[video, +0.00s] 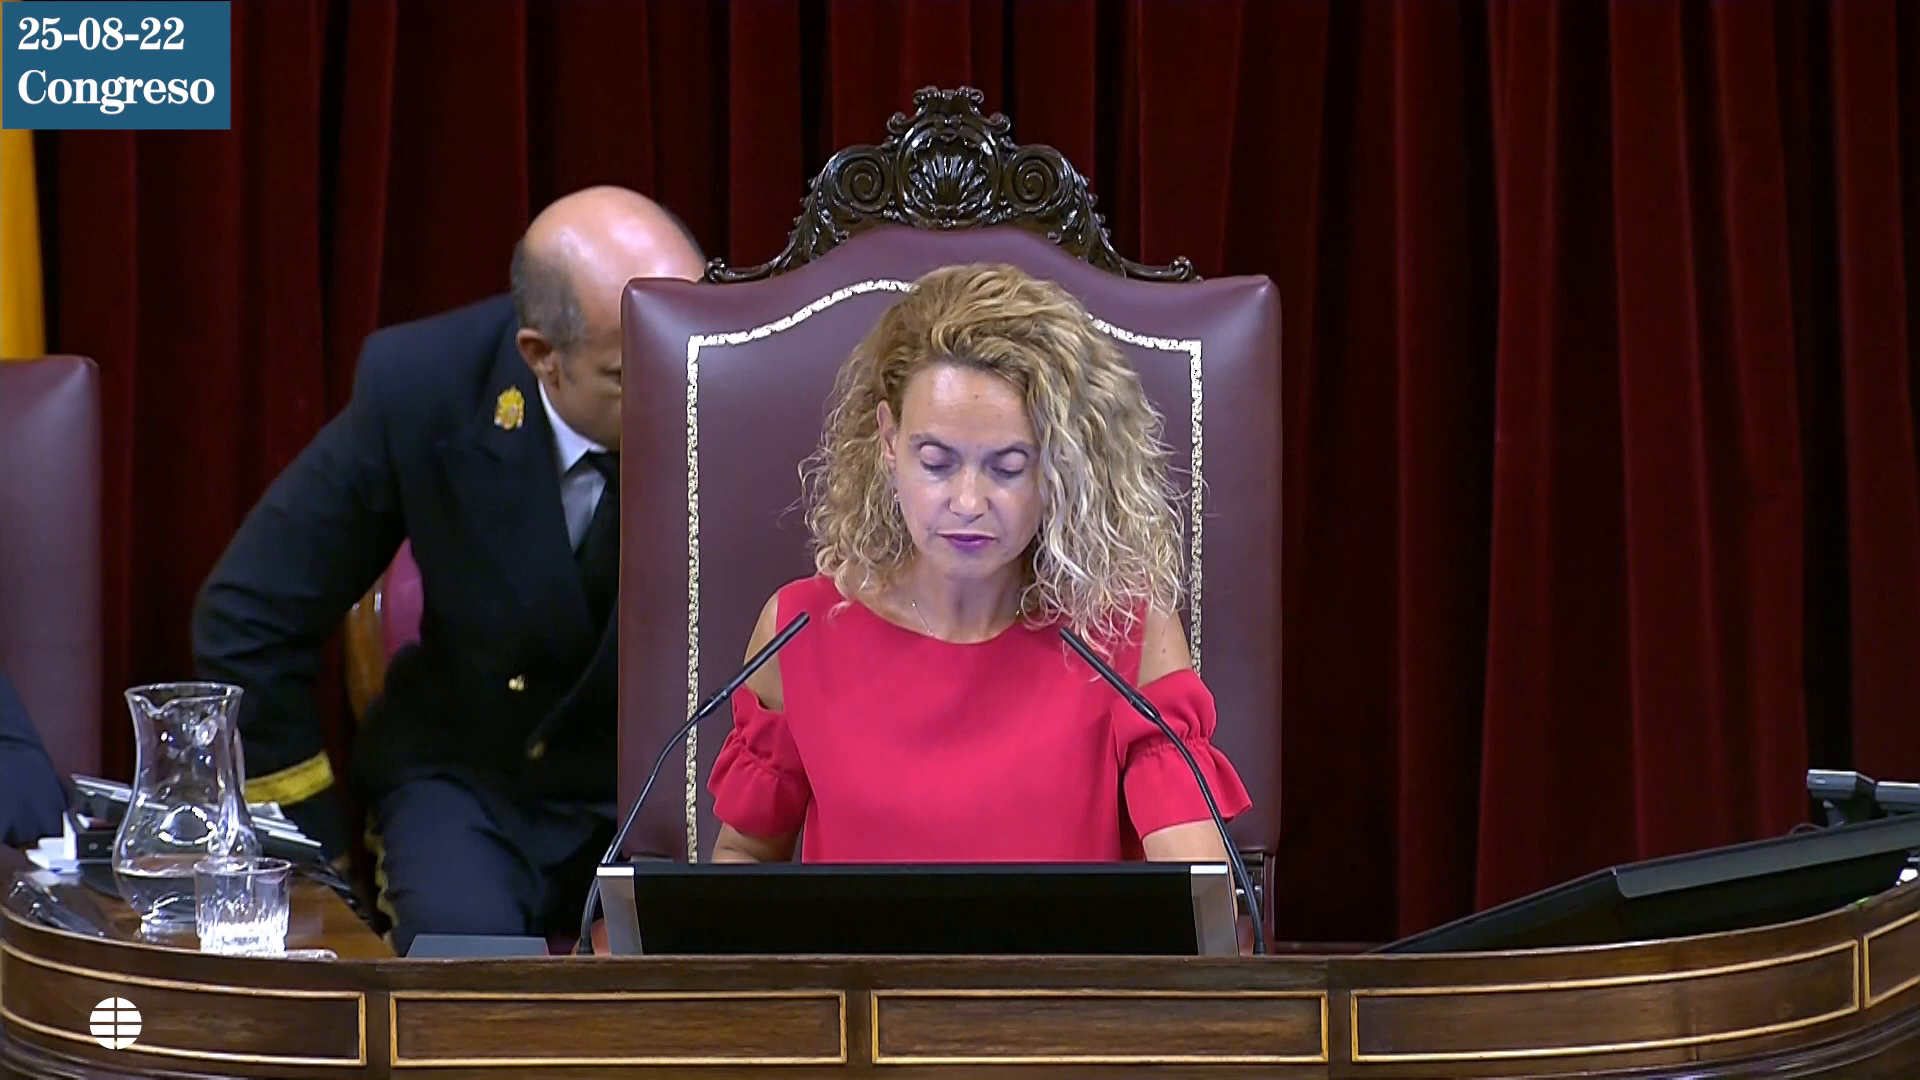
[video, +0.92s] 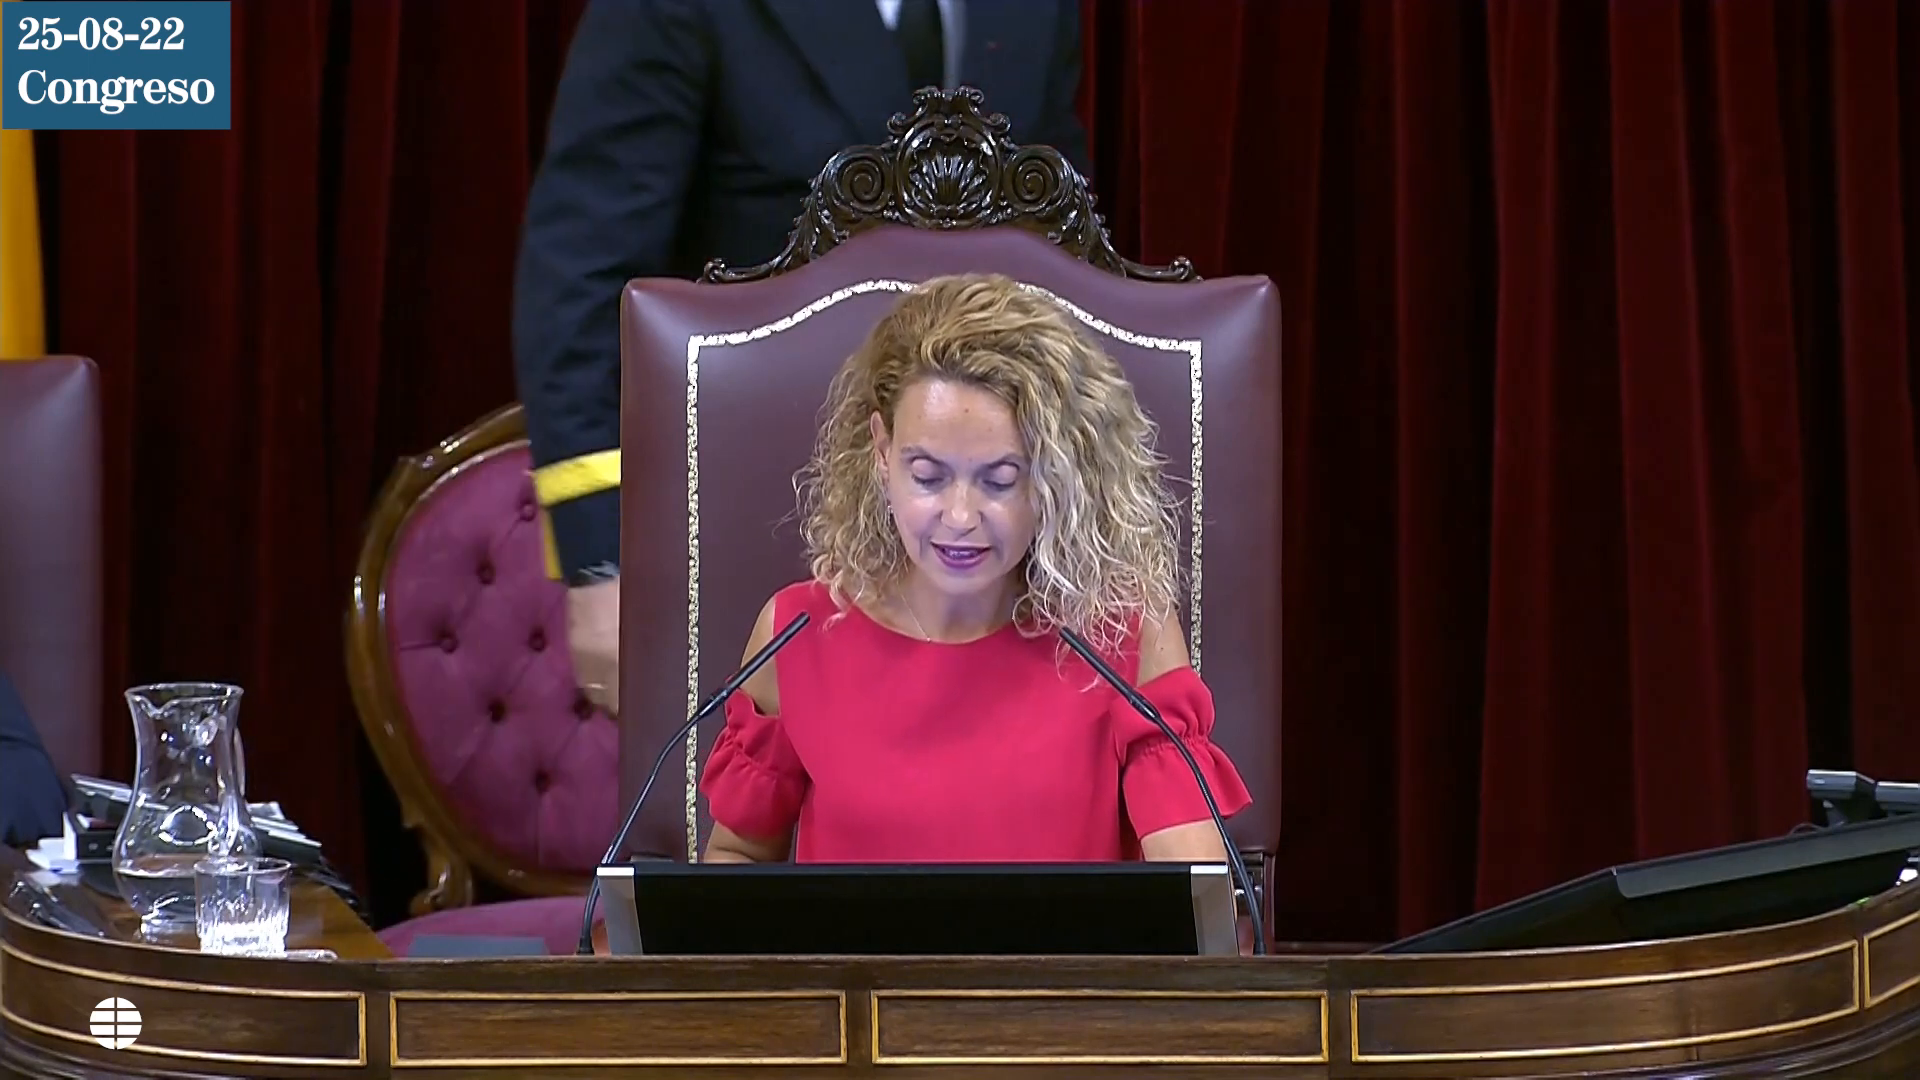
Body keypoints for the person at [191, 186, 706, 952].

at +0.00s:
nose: (654, 395)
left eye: (666, 367)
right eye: (622, 376)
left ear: (697, 335)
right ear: (541, 356)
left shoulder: (727, 408)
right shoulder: (422, 394)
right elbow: (246, 619)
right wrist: (319, 855)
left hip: (643, 781)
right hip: (458, 770)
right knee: (474, 978)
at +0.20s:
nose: (721, 287)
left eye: (731, 255)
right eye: (687, 274)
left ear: (734, 208)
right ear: (574, 262)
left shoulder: (781, 284)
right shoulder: (441, 311)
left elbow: (809, 534)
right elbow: (345, 564)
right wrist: (338, 825)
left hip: (688, 678)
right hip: (484, 698)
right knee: (477, 959)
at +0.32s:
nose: (755, 174)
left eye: (762, 133)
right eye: (712, 158)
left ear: (769, 97)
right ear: (603, 149)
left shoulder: (837, 205)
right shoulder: (473, 226)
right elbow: (386, 506)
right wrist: (365, 810)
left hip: (736, 616)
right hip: (517, 639)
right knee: (475, 976)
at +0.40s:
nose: (785, 95)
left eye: (795, 54)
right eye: (746, 75)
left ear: (809, 28)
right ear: (636, 69)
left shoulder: (870, 139)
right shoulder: (491, 154)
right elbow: (385, 438)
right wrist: (357, 742)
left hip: (764, 598)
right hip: (521, 615)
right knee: (485, 971)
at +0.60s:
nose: (955, 515)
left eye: (981, 487)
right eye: (929, 485)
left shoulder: (930, 20)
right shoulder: (569, 23)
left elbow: (974, 292)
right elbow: (436, 277)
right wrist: (373, 592)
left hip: (832, 576)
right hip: (575, 568)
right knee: (550, 936)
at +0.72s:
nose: (955, 521)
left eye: (989, 484)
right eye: (924, 483)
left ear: (1028, 492)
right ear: (877, 476)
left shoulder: (975, 11)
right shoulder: (602, 18)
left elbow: (1013, 250)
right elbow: (487, 239)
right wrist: (456, 549)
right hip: (641, 495)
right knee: (655, 885)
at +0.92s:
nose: (962, 515)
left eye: (994, 482)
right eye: (924, 478)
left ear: (1039, 491)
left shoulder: (1039, 9)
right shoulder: (679, 4)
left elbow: (1056, 236)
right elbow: (580, 258)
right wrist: (599, 564)